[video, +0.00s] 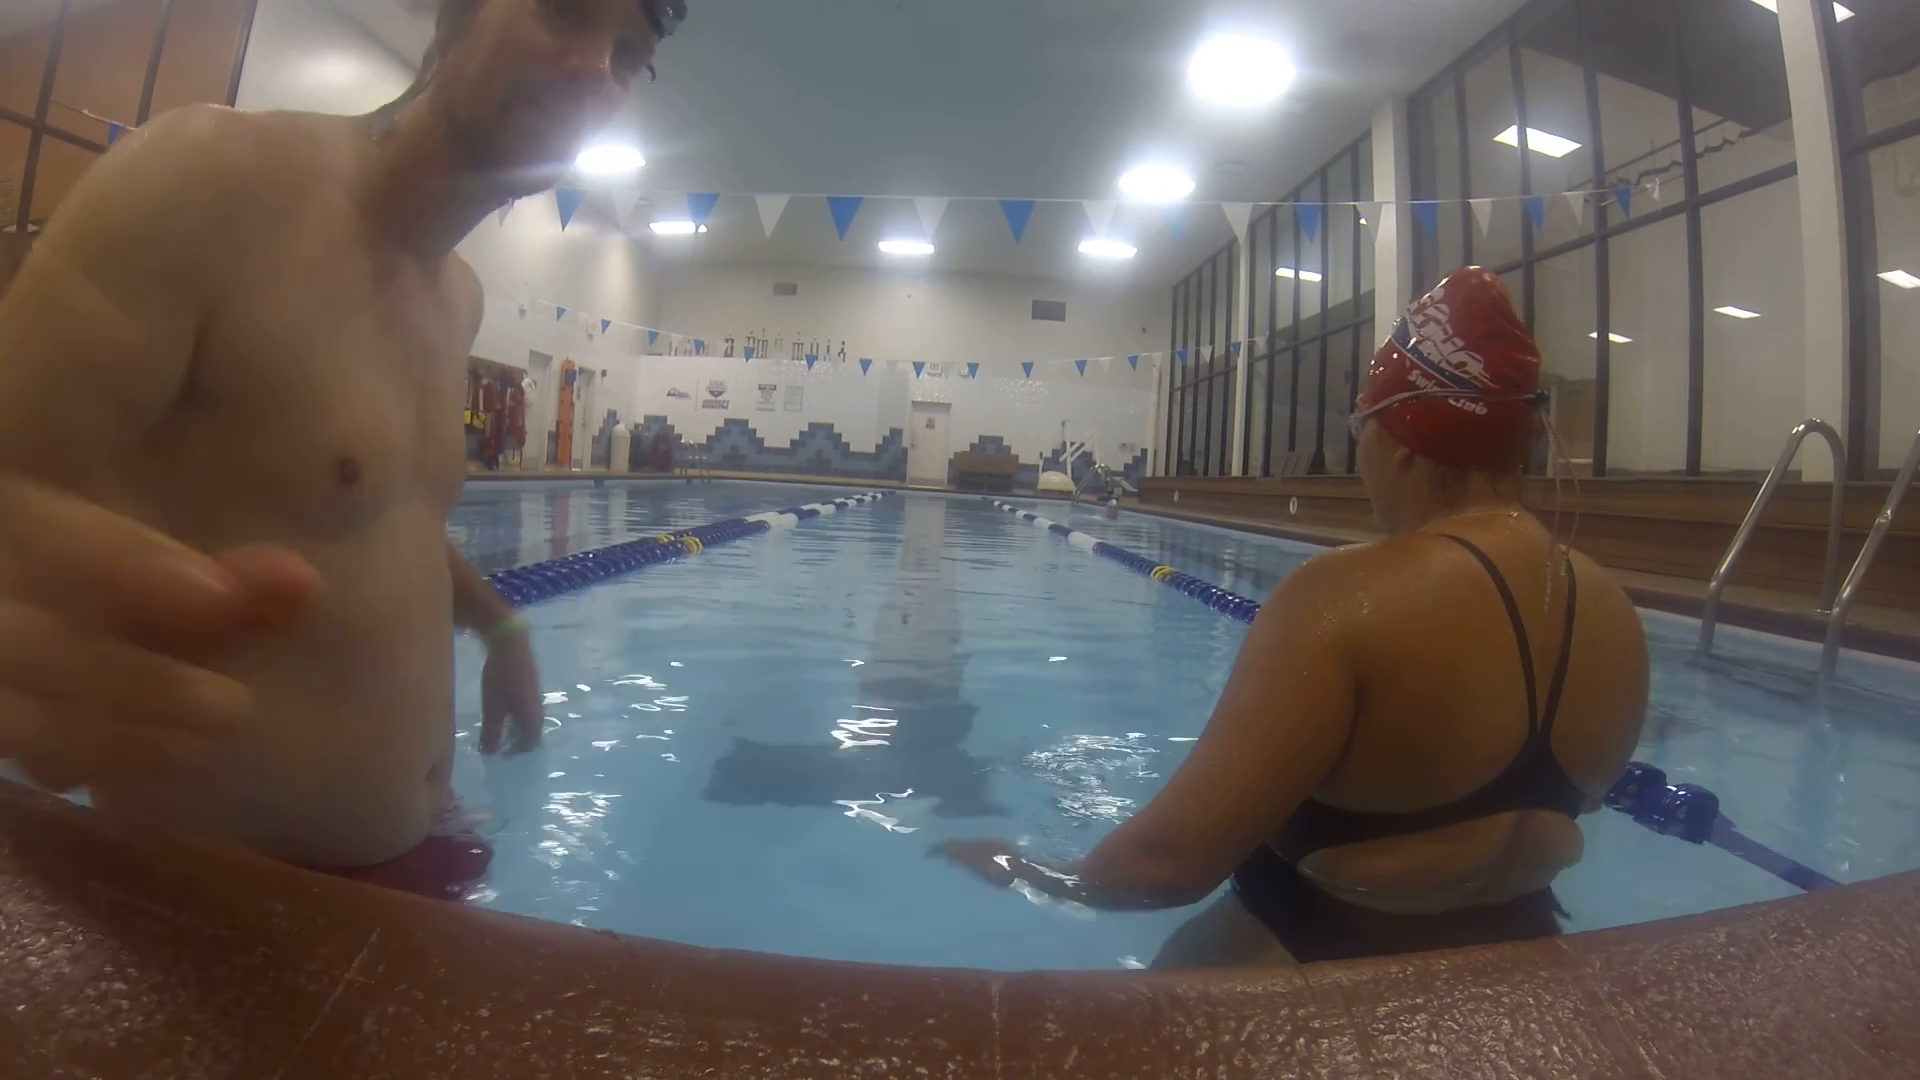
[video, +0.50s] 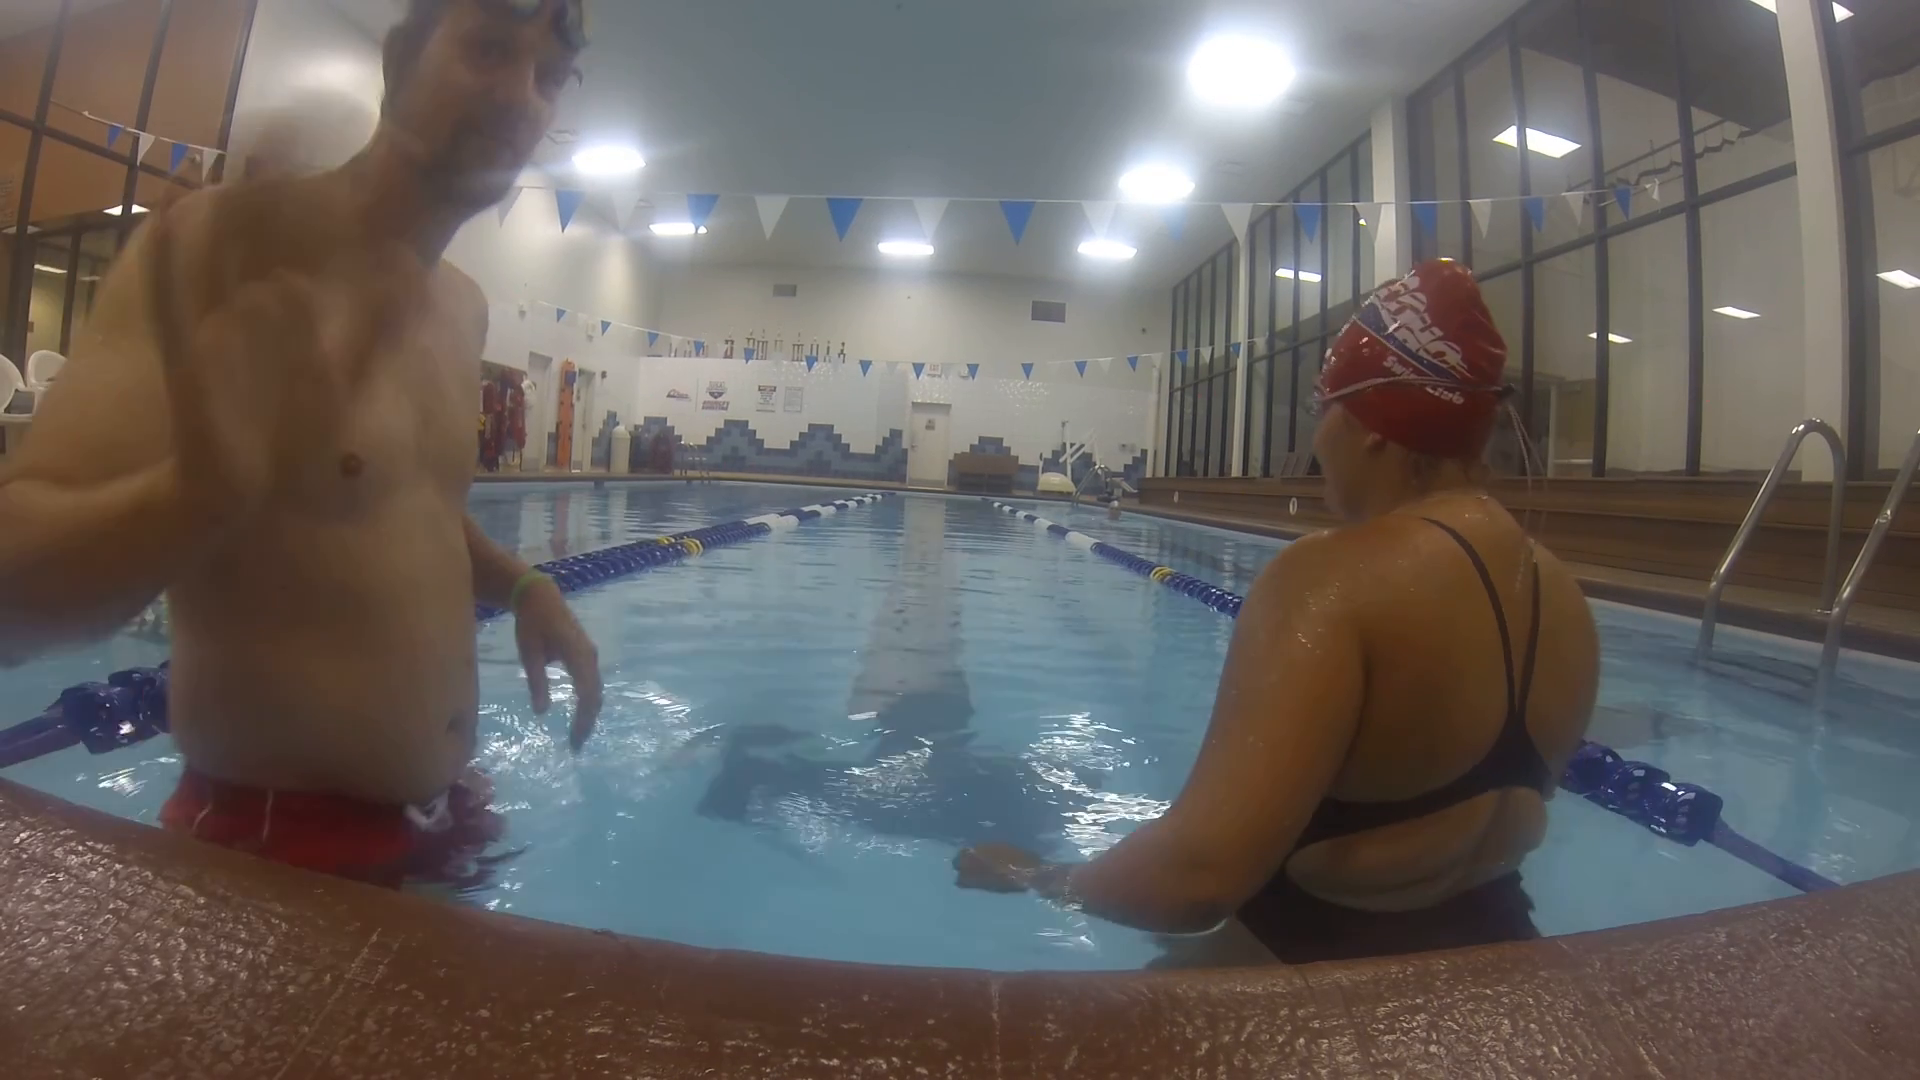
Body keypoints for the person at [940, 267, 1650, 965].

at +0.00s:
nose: (1356, 453)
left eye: (1362, 428)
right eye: (1360, 426)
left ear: (1400, 441)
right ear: (1512, 441)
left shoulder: (1338, 603)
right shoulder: (1607, 605)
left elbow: (1177, 857)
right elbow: (1580, 790)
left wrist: (1047, 879)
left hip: (1310, 974)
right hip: (1514, 966)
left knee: (1127, 1031)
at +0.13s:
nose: (1352, 448)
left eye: (1357, 422)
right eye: (1355, 421)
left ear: (1388, 435)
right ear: (1510, 439)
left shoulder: (1339, 600)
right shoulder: (1600, 604)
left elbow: (1180, 862)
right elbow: (1549, 805)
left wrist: (1055, 897)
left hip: (1309, 980)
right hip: (1509, 970)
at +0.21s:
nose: (1345, 444)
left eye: (1351, 419)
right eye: (1350, 418)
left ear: (1386, 434)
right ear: (1501, 437)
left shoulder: (1335, 596)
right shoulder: (1592, 601)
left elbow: (1190, 862)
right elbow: (1549, 798)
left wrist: (1037, 904)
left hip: (1310, 978)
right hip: (1503, 967)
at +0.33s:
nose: (1334, 432)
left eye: (1341, 411)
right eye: (1341, 408)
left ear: (1379, 428)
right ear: (1481, 433)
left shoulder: (1332, 588)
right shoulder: (1578, 594)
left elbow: (1206, 866)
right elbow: (1538, 804)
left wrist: (1040, 894)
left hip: (1316, 986)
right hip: (1501, 973)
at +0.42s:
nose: (1326, 428)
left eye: (1335, 407)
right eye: (1333, 405)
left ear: (1376, 428)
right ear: (1476, 430)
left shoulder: (1330, 585)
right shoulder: (1568, 592)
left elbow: (1201, 872)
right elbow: (1523, 809)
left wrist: (1040, 884)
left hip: (1319, 986)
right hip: (1502, 968)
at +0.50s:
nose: (1317, 433)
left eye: (1327, 406)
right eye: (1324, 406)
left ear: (1375, 426)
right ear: (1470, 425)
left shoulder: (1327, 582)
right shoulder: (1557, 591)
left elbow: (1199, 875)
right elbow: (1512, 805)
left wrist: (1040, 879)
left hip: (1308, 981)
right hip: (1493, 964)